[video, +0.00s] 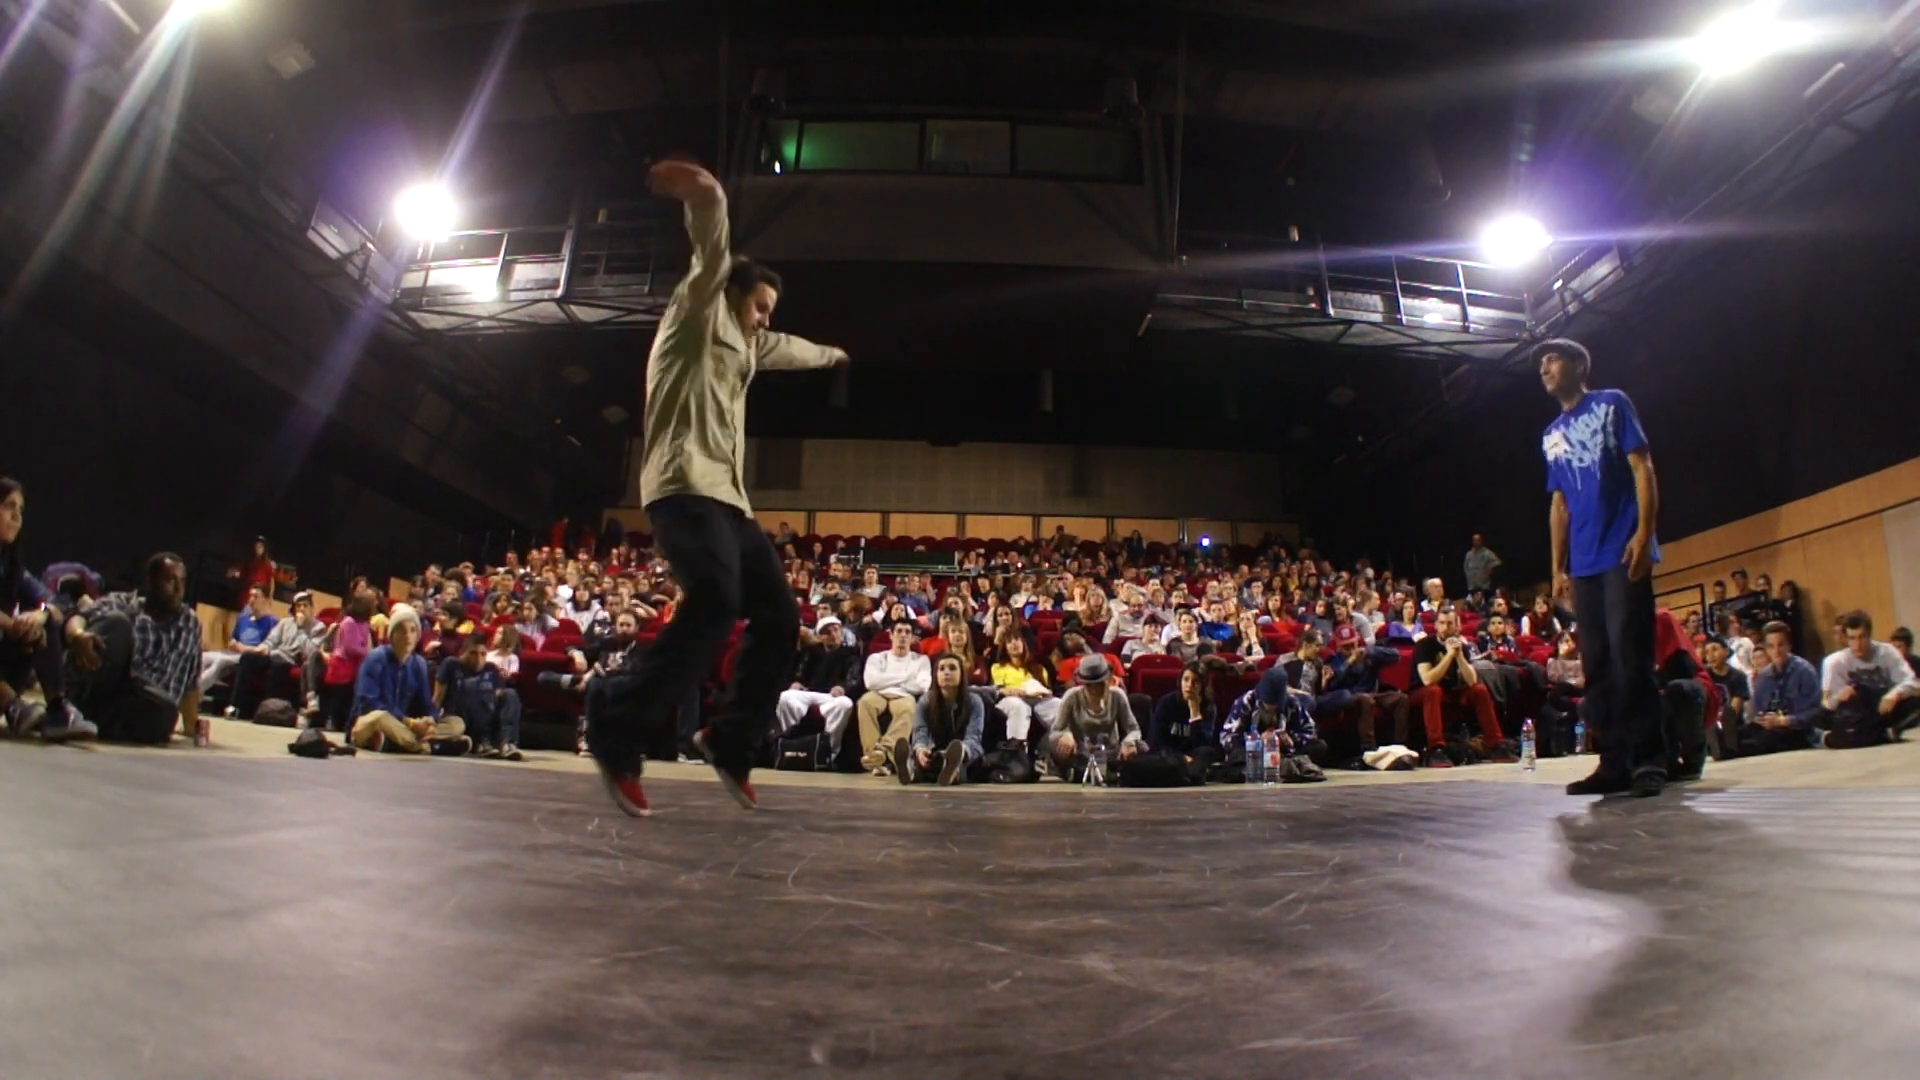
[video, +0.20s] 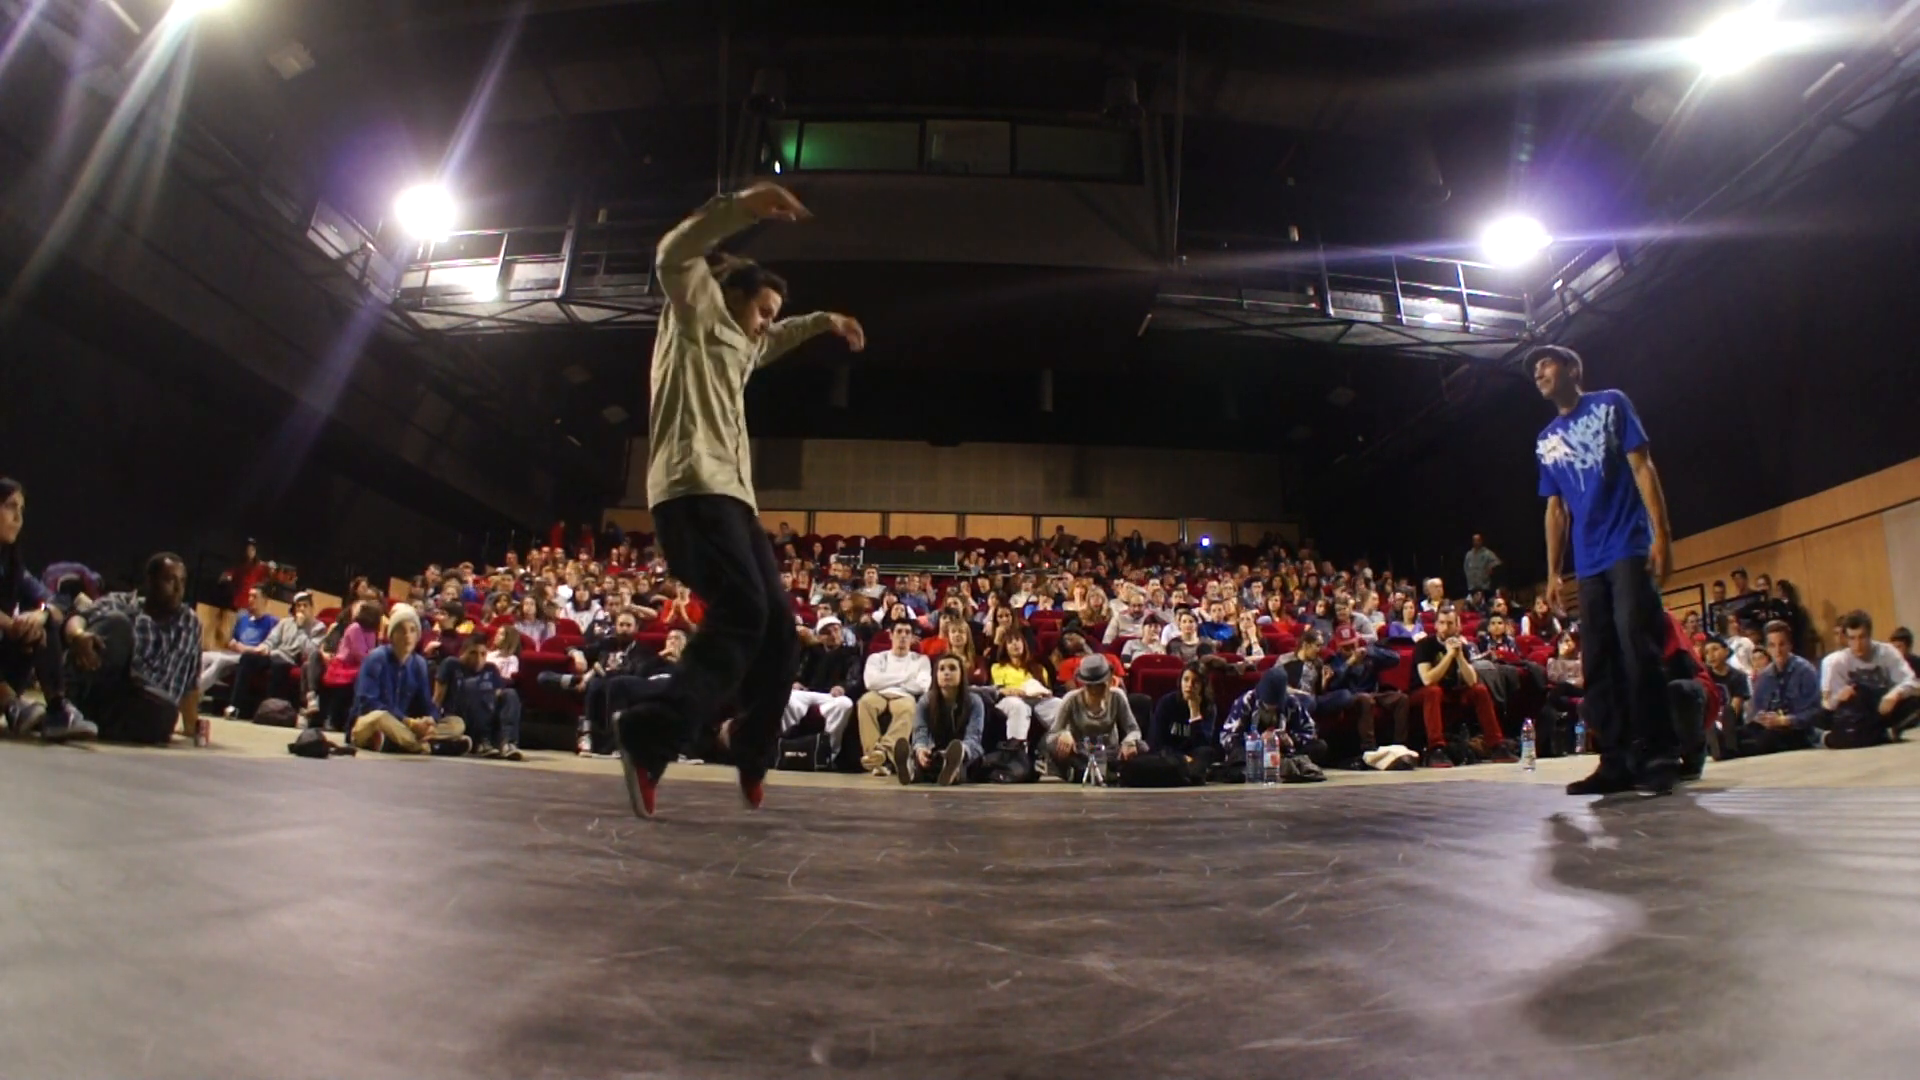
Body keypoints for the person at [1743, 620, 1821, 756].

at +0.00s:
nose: (1776, 651)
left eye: (1781, 645)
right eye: (1771, 646)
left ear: (1789, 646)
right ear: (1765, 649)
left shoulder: (1804, 670)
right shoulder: (1764, 675)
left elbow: (1814, 711)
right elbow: (1757, 710)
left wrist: (1783, 721)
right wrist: (1761, 719)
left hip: (1798, 730)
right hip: (1767, 730)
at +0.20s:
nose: (1778, 651)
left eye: (1782, 644)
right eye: (1772, 646)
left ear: (1790, 645)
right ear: (1767, 648)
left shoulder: (1805, 670)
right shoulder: (1763, 676)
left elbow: (1814, 711)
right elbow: (1756, 710)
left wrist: (1784, 720)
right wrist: (1761, 718)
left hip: (1798, 730)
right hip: (1768, 730)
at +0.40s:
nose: (1777, 651)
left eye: (1782, 645)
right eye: (1772, 646)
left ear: (1790, 646)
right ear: (1766, 649)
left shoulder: (1805, 671)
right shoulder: (1763, 676)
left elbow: (1814, 711)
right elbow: (1756, 711)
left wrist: (1784, 721)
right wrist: (1762, 719)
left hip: (1798, 731)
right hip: (1768, 731)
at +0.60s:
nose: (1776, 653)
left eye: (1781, 647)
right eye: (1771, 648)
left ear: (1788, 647)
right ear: (1765, 650)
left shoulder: (1804, 671)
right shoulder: (1762, 677)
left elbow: (1813, 712)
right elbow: (1755, 713)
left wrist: (1785, 720)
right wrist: (1762, 720)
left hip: (1797, 731)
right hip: (1767, 731)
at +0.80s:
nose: (1775, 654)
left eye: (1780, 648)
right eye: (1770, 649)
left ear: (1787, 648)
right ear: (1763, 651)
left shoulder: (1803, 671)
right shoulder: (1762, 677)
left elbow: (1813, 712)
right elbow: (1755, 712)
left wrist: (1785, 720)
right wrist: (1759, 719)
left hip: (1797, 731)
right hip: (1767, 731)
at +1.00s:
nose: (1772, 656)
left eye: (1777, 650)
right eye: (1767, 651)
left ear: (1785, 650)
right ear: (1762, 652)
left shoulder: (1802, 671)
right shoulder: (1762, 676)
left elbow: (1813, 712)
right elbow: (1756, 712)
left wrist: (1785, 721)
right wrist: (1763, 720)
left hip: (1798, 731)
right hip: (1768, 731)